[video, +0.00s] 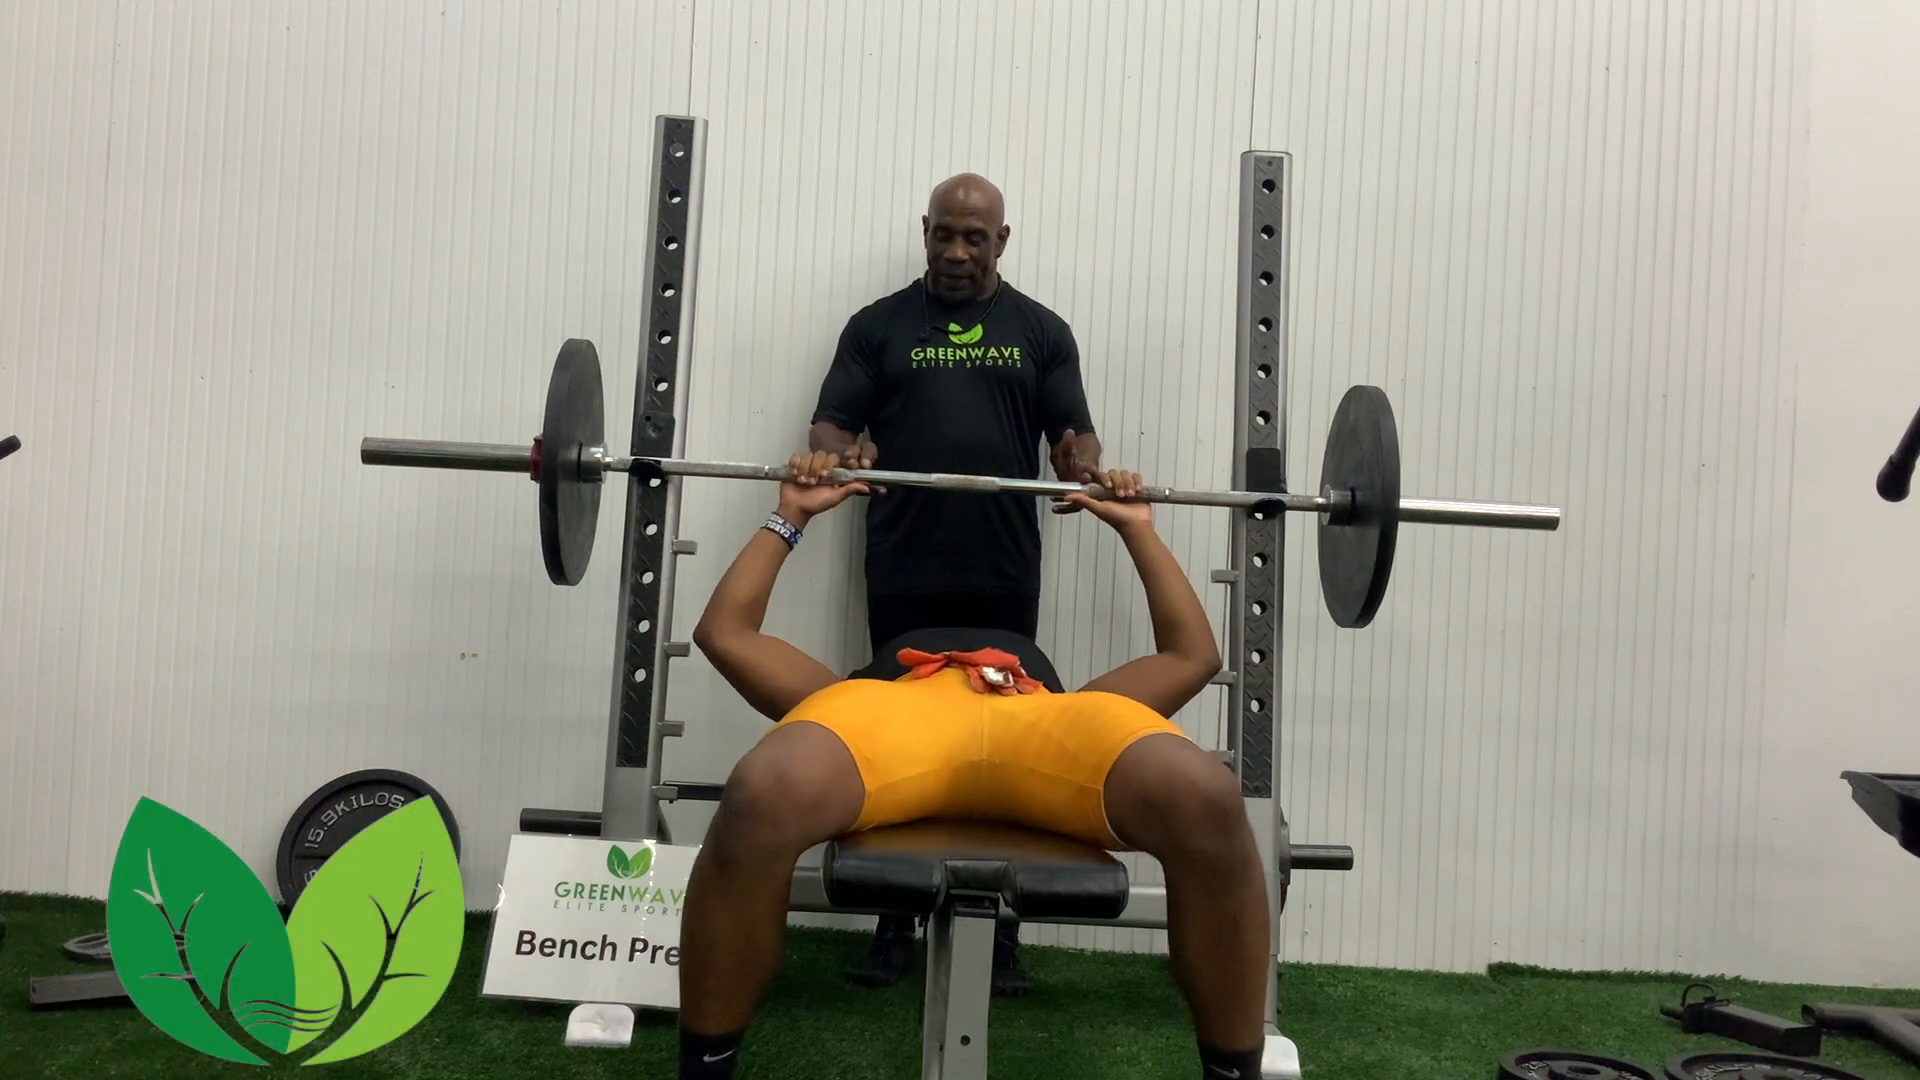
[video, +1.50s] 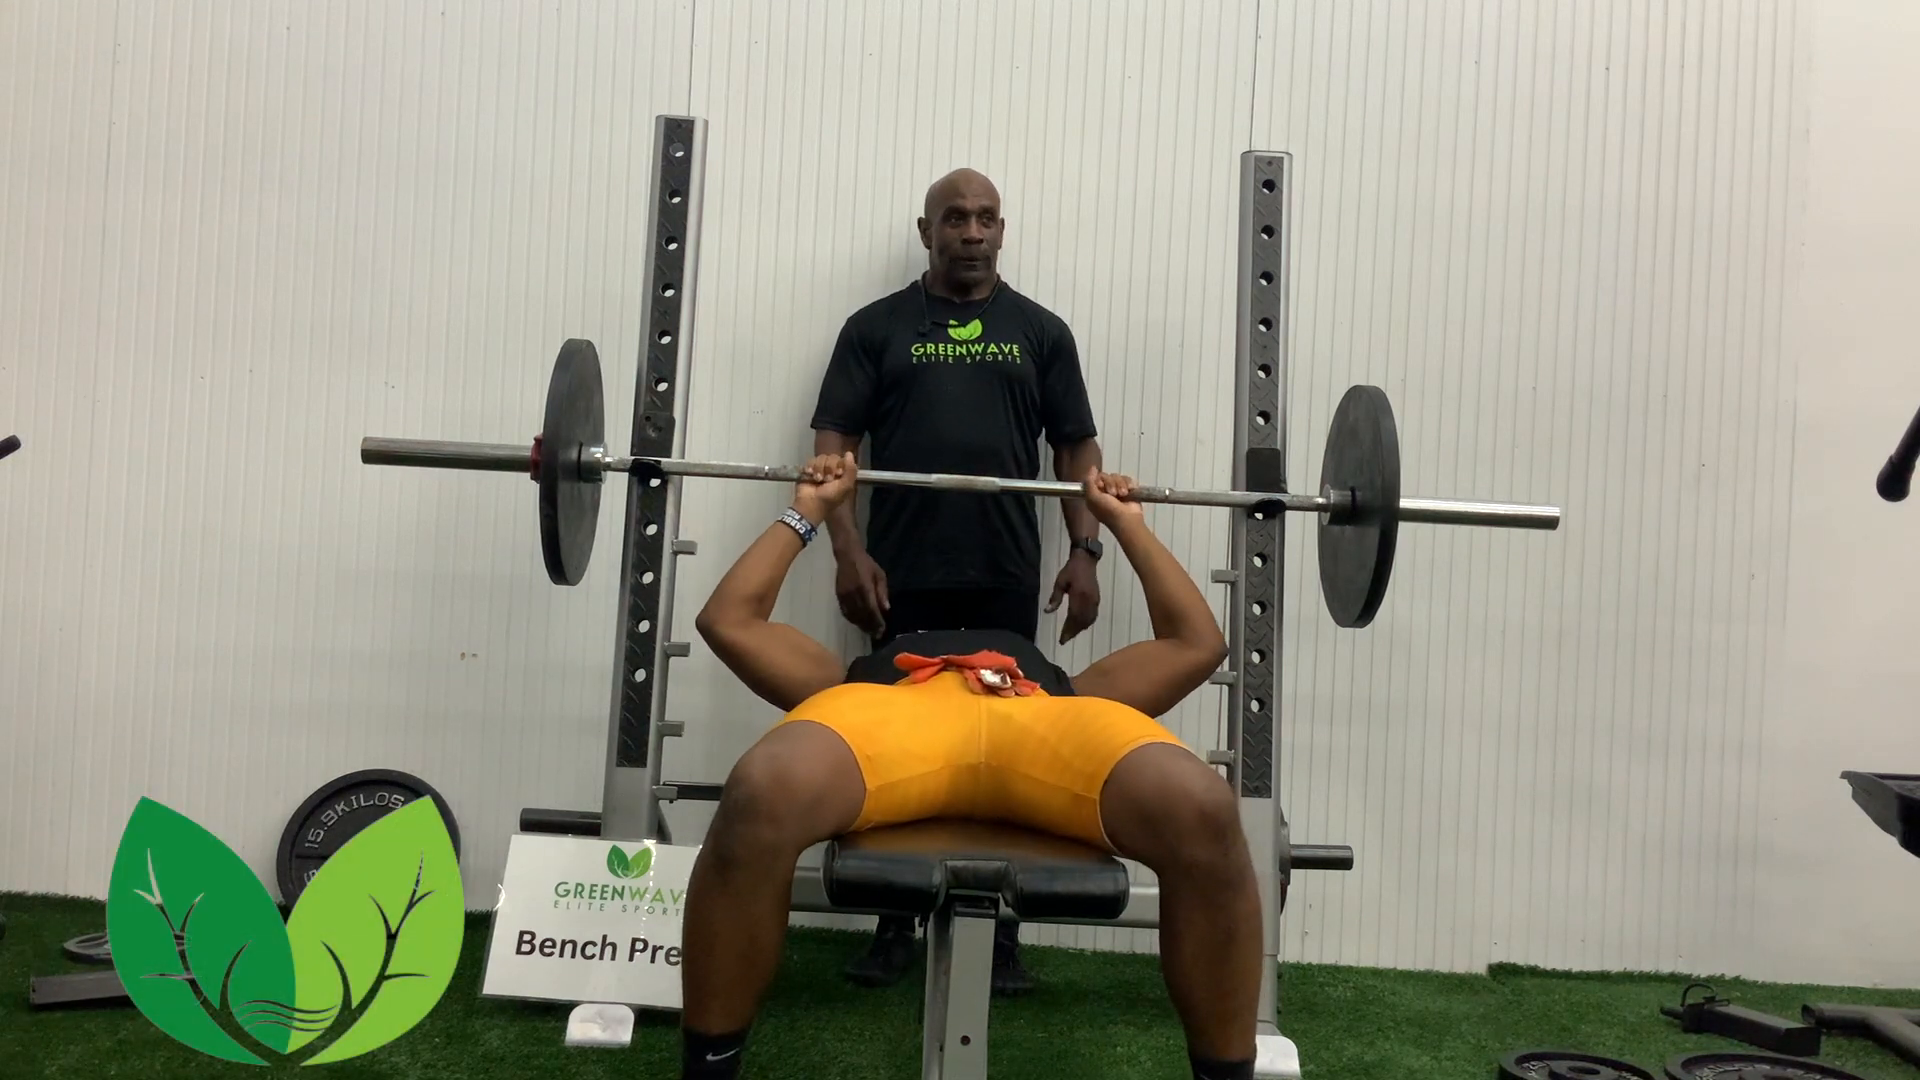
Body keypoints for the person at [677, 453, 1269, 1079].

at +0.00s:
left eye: (999, 656)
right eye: (941, 653)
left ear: (1031, 682)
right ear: (905, 664)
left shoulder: (1069, 704)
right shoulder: (857, 690)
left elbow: (1194, 653)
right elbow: (724, 630)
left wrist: (1136, 524)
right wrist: (793, 513)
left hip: (1053, 715)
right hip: (885, 704)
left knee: (1208, 800)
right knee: (755, 800)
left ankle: (1237, 1072)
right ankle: (704, 1069)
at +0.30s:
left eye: (1000, 659)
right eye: (944, 653)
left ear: (1034, 690)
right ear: (907, 667)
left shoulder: (1070, 706)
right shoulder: (860, 690)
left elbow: (1195, 654)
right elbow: (727, 627)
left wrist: (1137, 525)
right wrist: (797, 515)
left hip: (1054, 717)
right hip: (884, 706)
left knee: (1213, 798)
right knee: (755, 793)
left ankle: (1239, 1073)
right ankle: (706, 1068)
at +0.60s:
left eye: (996, 657)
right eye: (938, 658)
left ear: (1033, 684)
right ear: (906, 667)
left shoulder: (1075, 707)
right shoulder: (859, 691)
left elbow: (1195, 650)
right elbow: (725, 630)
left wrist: (1135, 521)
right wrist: (796, 513)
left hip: (1056, 717)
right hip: (888, 705)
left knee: (1206, 812)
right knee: (756, 799)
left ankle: (1227, 1070)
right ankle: (709, 1065)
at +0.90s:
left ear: (1033, 690)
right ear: (904, 665)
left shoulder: (1069, 705)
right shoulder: (856, 689)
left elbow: (1194, 649)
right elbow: (724, 627)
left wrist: (1136, 519)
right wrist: (796, 513)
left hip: (1054, 720)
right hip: (883, 707)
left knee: (1214, 813)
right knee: (755, 795)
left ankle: (1233, 1071)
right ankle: (708, 1065)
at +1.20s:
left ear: (1033, 682)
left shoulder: (1068, 706)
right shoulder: (857, 690)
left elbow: (1192, 649)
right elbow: (729, 628)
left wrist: (1130, 518)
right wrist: (801, 517)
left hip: (1052, 717)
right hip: (885, 705)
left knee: (1209, 813)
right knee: (755, 797)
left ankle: (1229, 1073)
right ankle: (708, 1069)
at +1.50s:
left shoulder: (1070, 688)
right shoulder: (858, 677)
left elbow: (1196, 640)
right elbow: (728, 619)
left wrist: (1125, 519)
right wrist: (805, 515)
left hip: (1055, 715)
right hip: (884, 704)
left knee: (1206, 814)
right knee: (757, 795)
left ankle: (1228, 1071)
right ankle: (709, 1067)